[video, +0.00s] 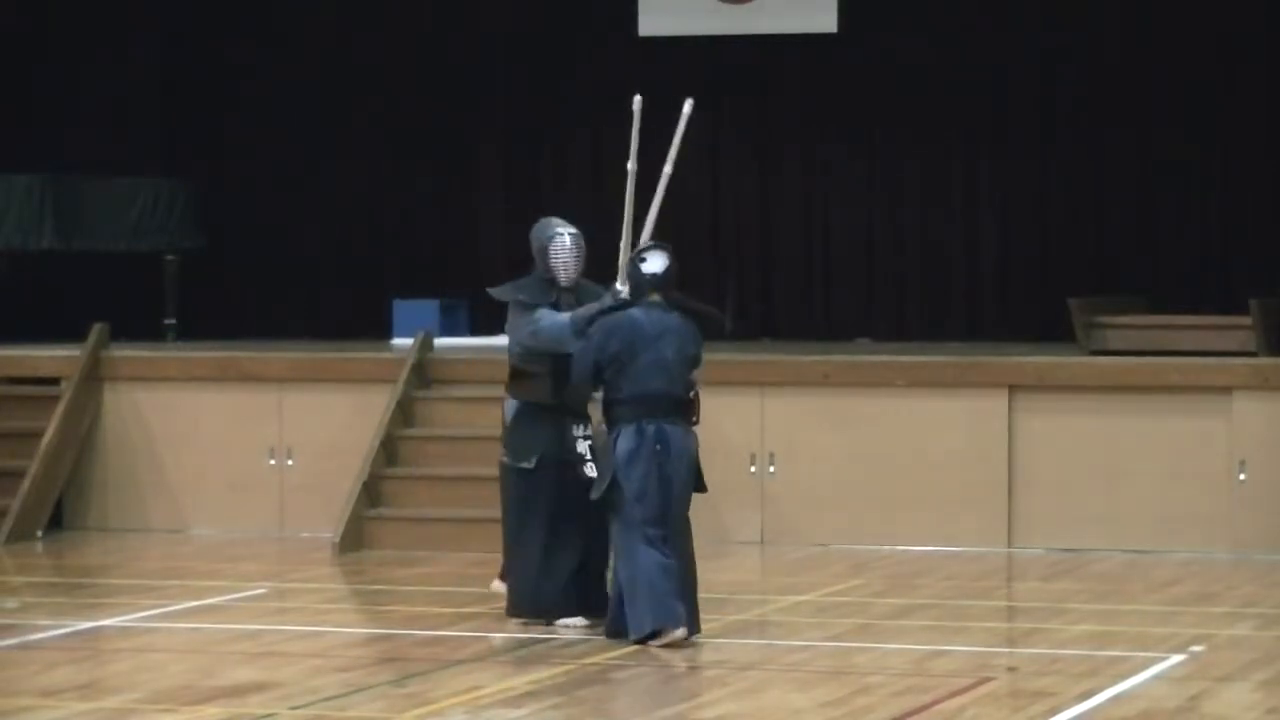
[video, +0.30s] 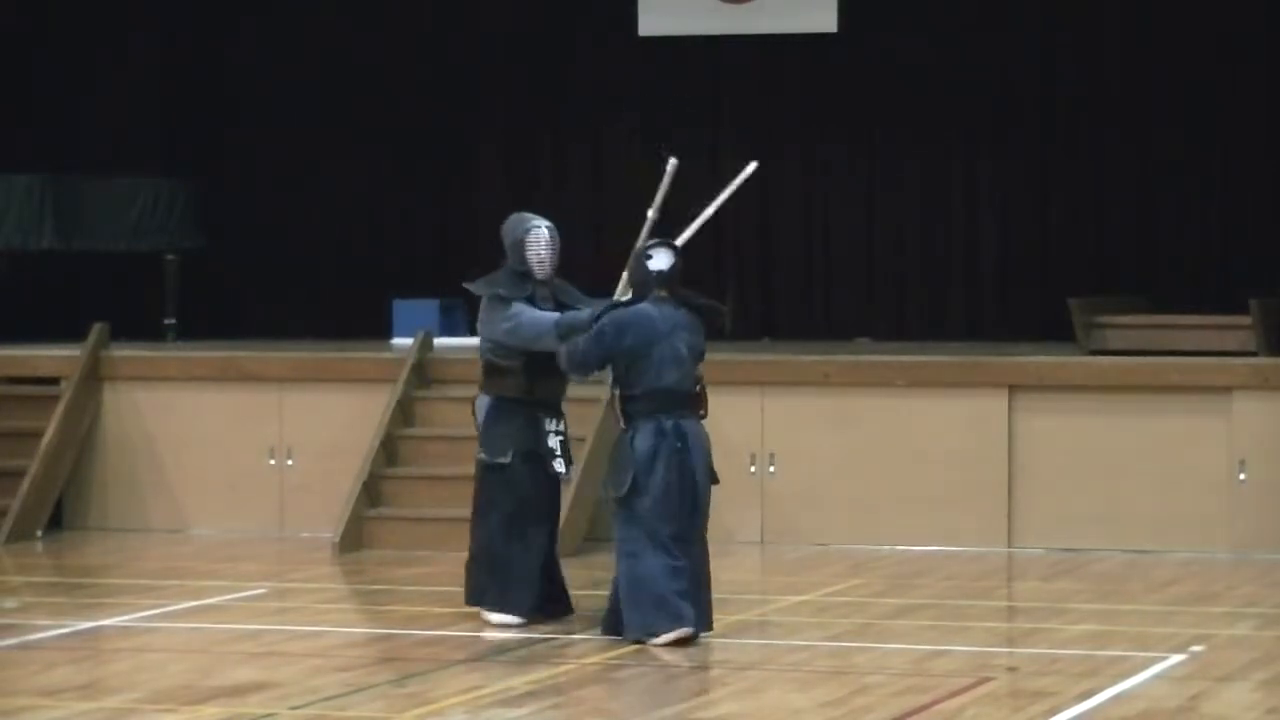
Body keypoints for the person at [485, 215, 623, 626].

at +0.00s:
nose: (567, 259)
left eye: (574, 250)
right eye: (559, 251)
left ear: (583, 255)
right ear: (541, 254)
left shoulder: (593, 298)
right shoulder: (524, 301)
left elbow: (618, 333)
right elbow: (548, 332)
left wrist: (635, 298)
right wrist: (609, 303)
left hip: (578, 415)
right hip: (535, 415)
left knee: (586, 509)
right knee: (541, 508)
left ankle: (584, 603)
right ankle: (546, 605)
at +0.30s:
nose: (544, 254)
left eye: (549, 246)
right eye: (535, 246)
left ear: (555, 249)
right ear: (515, 250)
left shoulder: (555, 293)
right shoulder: (498, 304)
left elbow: (591, 310)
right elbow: (547, 328)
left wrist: (629, 302)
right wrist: (601, 316)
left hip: (545, 411)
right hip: (507, 410)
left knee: (542, 505)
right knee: (510, 504)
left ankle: (542, 597)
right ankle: (499, 601)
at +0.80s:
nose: (511, 252)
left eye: (516, 243)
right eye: (502, 244)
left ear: (522, 247)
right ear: (481, 248)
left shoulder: (530, 297)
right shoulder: (463, 301)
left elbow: (558, 347)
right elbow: (494, 341)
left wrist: (579, 344)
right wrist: (557, 340)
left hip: (503, 412)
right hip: (464, 412)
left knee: (500, 506)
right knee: (469, 506)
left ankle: (487, 601)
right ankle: (467, 604)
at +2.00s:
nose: (459, 256)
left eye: (462, 247)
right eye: (449, 248)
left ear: (468, 251)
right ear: (427, 253)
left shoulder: (472, 301)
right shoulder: (413, 310)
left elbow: (500, 361)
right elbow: (463, 348)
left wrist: (537, 363)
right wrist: (533, 346)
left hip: (462, 418)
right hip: (426, 419)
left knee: (469, 511)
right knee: (436, 512)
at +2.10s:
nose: (439, 265)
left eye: (441, 256)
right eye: (430, 258)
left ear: (444, 258)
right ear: (408, 262)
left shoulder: (444, 308)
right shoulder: (394, 319)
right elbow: (443, 356)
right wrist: (516, 350)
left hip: (444, 422)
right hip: (412, 425)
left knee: (451, 511)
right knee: (430, 515)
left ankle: (377, 582)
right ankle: (454, 612)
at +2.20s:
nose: (412, 266)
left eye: (415, 256)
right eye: (402, 258)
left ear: (419, 259)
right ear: (380, 262)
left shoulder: (419, 308)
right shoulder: (367, 319)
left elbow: (452, 342)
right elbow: (410, 359)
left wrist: (485, 362)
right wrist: (462, 369)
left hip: (421, 420)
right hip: (385, 423)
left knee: (431, 511)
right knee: (425, 515)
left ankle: (369, 586)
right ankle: (458, 608)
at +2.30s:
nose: (387, 263)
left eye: (392, 253)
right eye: (378, 254)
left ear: (397, 257)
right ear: (357, 258)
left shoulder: (398, 311)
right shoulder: (342, 317)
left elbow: (424, 351)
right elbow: (379, 356)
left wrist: (442, 374)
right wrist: (430, 371)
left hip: (395, 417)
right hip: (358, 420)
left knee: (391, 511)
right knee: (404, 510)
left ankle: (355, 594)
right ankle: (431, 602)